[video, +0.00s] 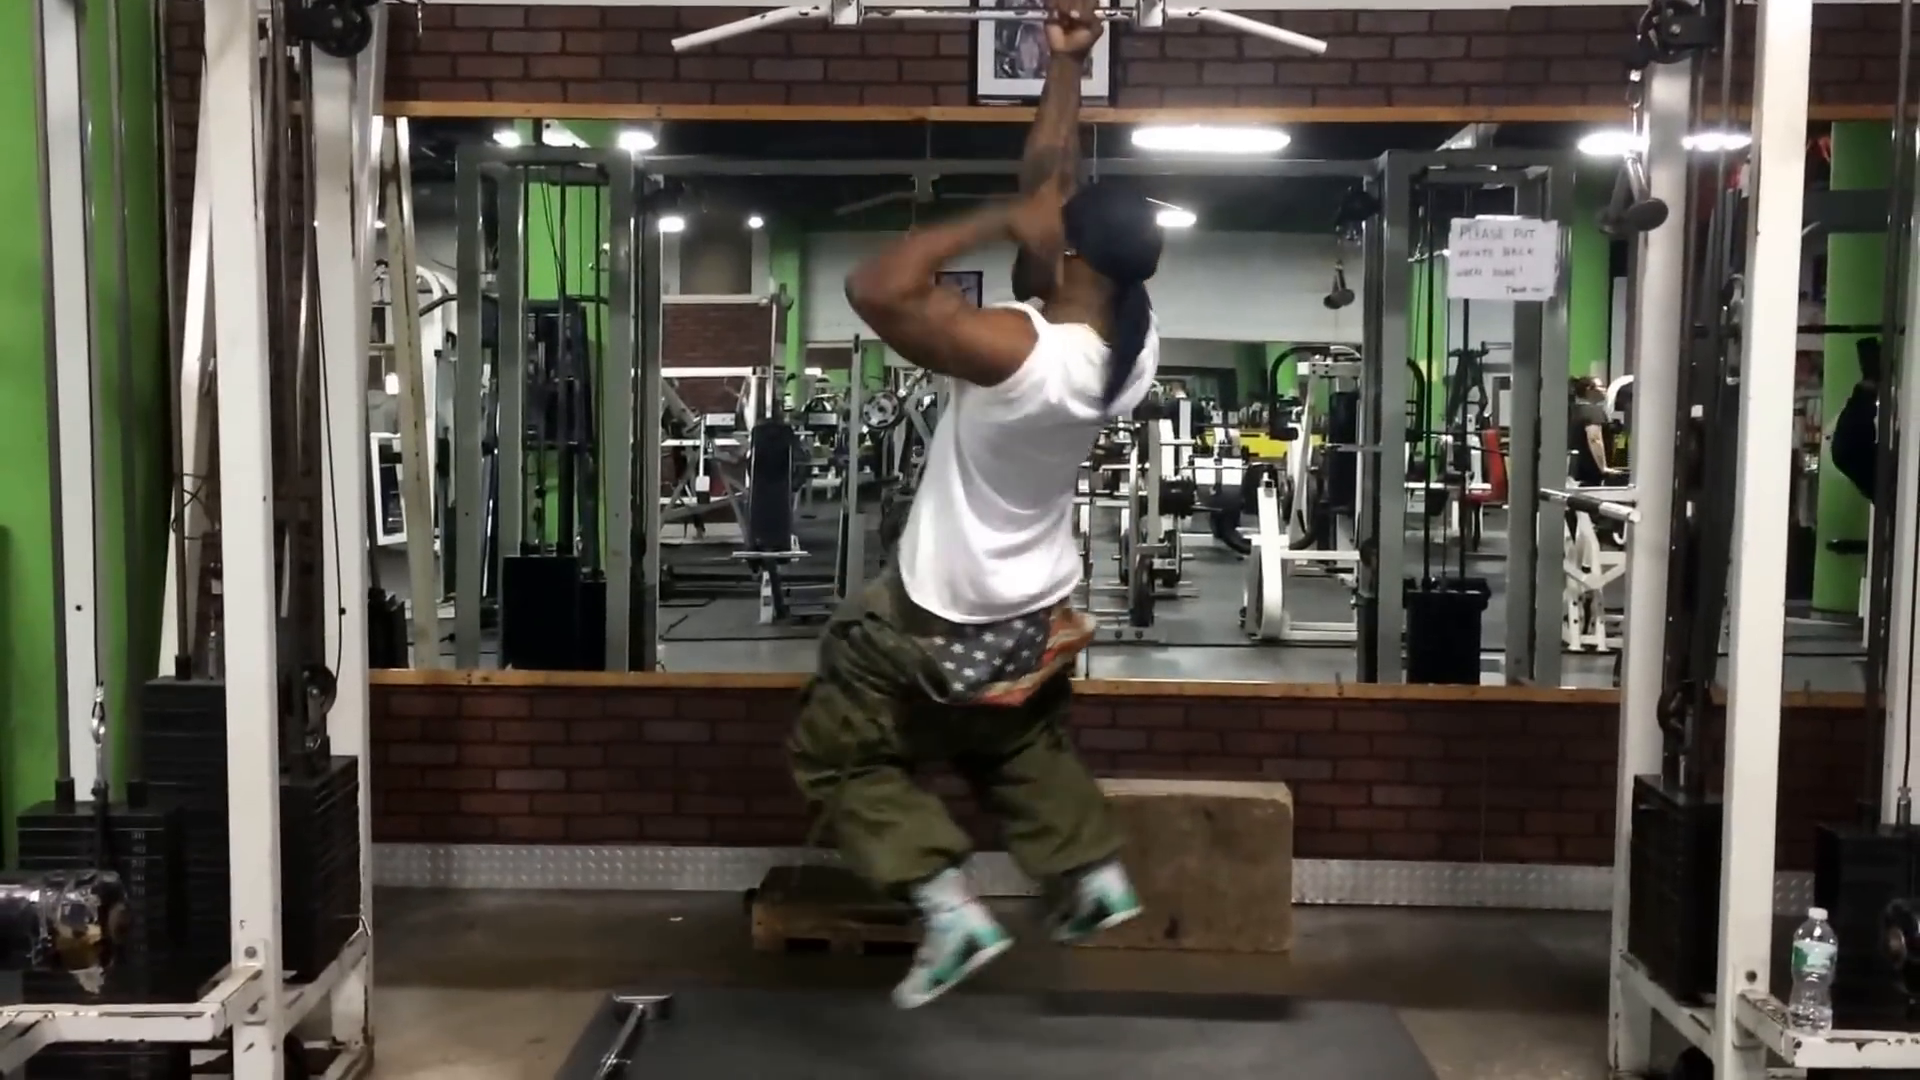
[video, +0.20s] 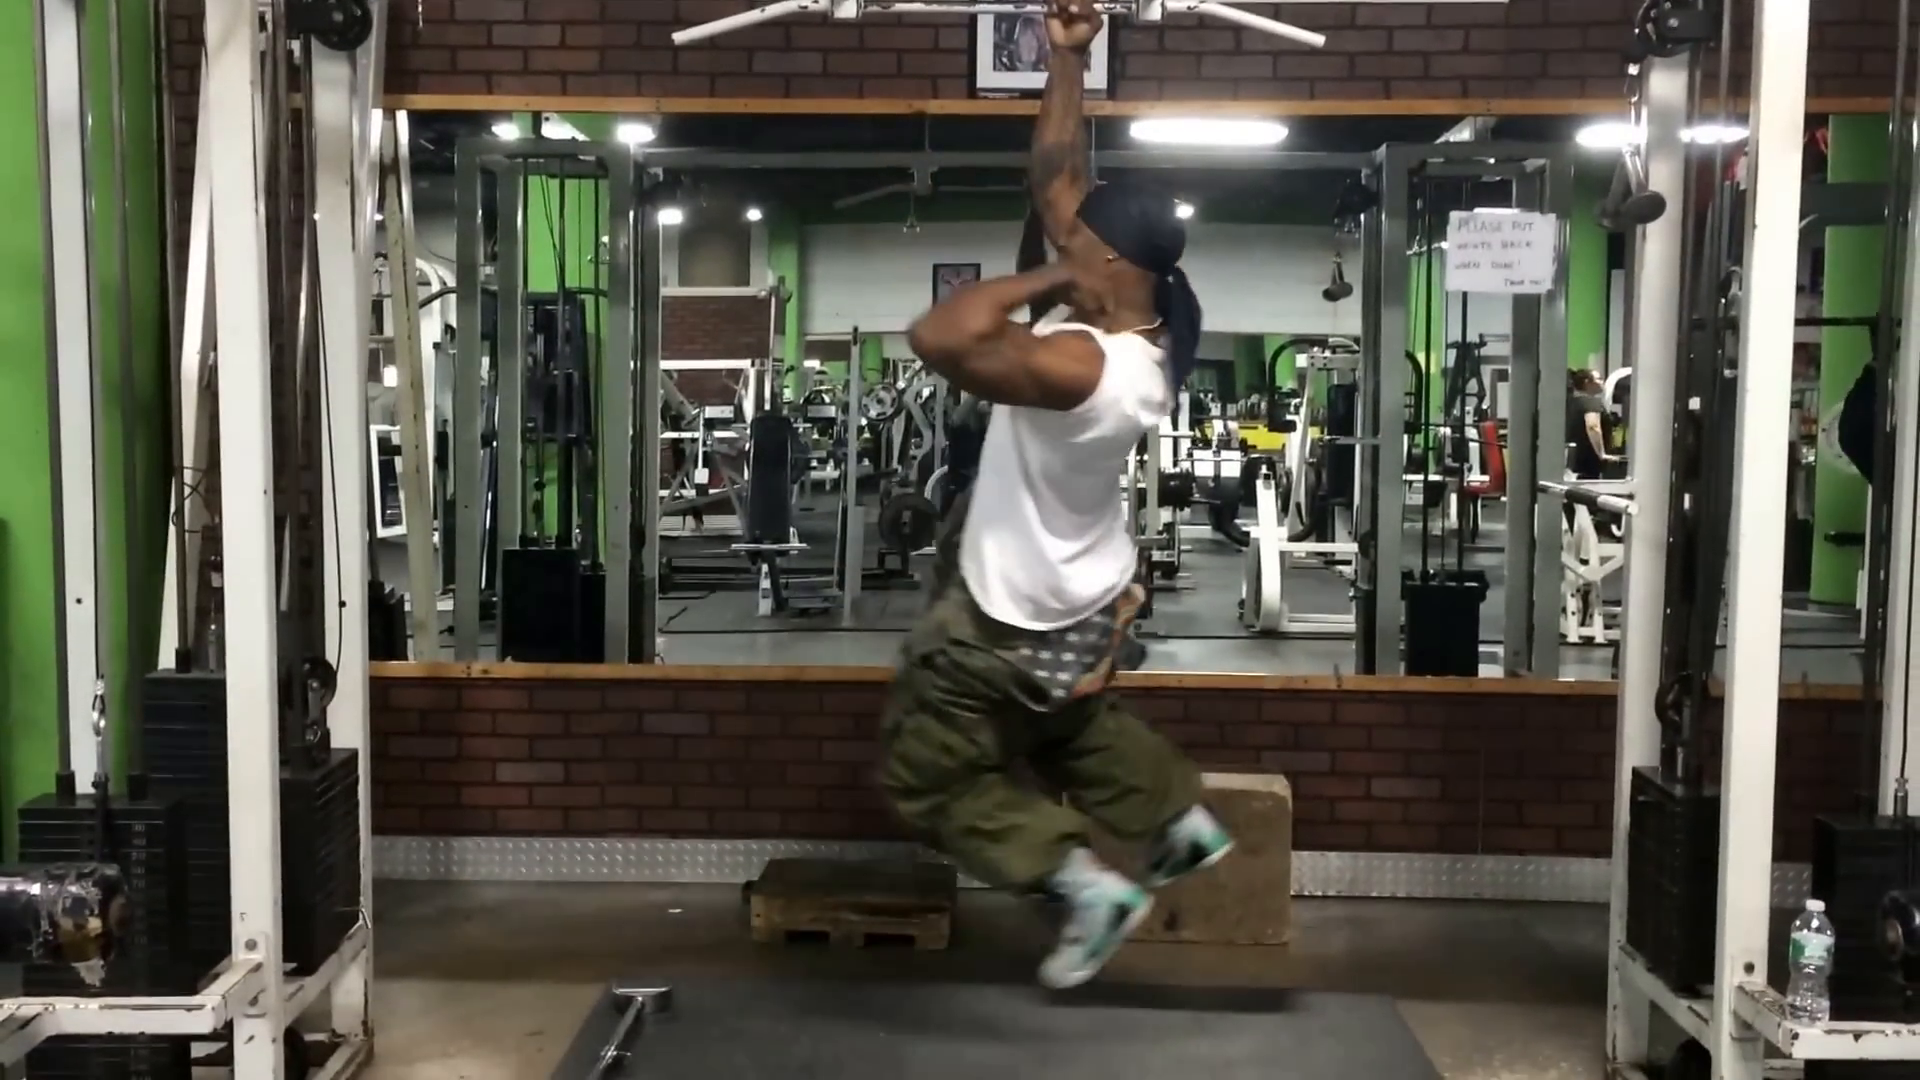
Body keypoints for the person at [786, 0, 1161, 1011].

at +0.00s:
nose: (1045, 227)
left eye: (1054, 221)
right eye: (1055, 215)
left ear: (1066, 253)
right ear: (1129, 264)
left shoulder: (1015, 345)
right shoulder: (1124, 337)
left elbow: (877, 289)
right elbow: (1048, 194)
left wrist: (998, 223)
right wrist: (1064, 64)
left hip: (936, 626)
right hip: (1043, 611)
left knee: (838, 752)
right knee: (1013, 736)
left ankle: (947, 907)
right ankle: (1094, 876)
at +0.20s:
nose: (1073, 250)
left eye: (1087, 242)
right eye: (1081, 237)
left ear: (1114, 266)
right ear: (1137, 269)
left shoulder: (1083, 365)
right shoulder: (1128, 327)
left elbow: (939, 335)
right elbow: (1059, 190)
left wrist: (1052, 275)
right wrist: (1065, 56)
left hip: (1010, 613)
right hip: (1091, 597)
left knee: (929, 774)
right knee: (1053, 726)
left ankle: (1087, 888)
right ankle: (1179, 820)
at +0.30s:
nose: (1087, 253)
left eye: (1101, 243)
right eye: (1091, 242)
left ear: (1137, 266)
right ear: (1150, 262)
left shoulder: (1125, 365)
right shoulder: (1148, 315)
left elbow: (978, 349)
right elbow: (1061, 180)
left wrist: (1085, 284)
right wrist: (1068, 54)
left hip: (1052, 609)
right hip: (1114, 591)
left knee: (985, 784)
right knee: (1085, 722)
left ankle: (1154, 881)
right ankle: (1212, 808)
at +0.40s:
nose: (1102, 245)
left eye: (1115, 238)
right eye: (1104, 232)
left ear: (1158, 258)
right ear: (1160, 257)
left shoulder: (1160, 354)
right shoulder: (1153, 304)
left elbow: (1025, 358)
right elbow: (1068, 187)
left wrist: (1115, 274)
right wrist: (1066, 53)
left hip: (1089, 605)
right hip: (1129, 583)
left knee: (1032, 796)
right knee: (1118, 715)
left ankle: (1209, 868)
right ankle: (1244, 796)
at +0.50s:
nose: (1116, 247)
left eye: (1130, 238)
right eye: (1121, 234)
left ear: (1175, 252)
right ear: (1183, 251)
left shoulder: (1190, 341)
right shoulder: (1172, 300)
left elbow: (1078, 346)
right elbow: (1072, 180)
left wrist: (1149, 261)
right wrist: (1069, 53)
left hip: (1118, 592)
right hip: (1145, 573)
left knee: (1072, 802)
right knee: (1153, 709)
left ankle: (1249, 854)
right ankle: (1269, 784)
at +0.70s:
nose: (1151, 241)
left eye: (1168, 236)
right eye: (1158, 233)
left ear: (1208, 250)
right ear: (1168, 242)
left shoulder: (1229, 325)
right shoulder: (1162, 287)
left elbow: (1163, 268)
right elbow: (1077, 174)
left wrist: (1240, 235)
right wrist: (1069, 46)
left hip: (1153, 580)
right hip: (1130, 564)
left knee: (1119, 813)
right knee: (1153, 711)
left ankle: (1309, 845)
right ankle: (1289, 768)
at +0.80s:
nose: (1161, 229)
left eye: (1177, 227)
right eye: (1170, 218)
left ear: (1213, 241)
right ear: (1198, 232)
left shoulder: (1231, 315)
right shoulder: (1159, 276)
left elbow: (1173, 255)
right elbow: (1076, 172)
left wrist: (1233, 191)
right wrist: (1069, 45)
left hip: (1155, 574)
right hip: (1124, 562)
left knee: (1123, 812)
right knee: (1149, 712)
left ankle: (1311, 848)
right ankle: (1290, 771)